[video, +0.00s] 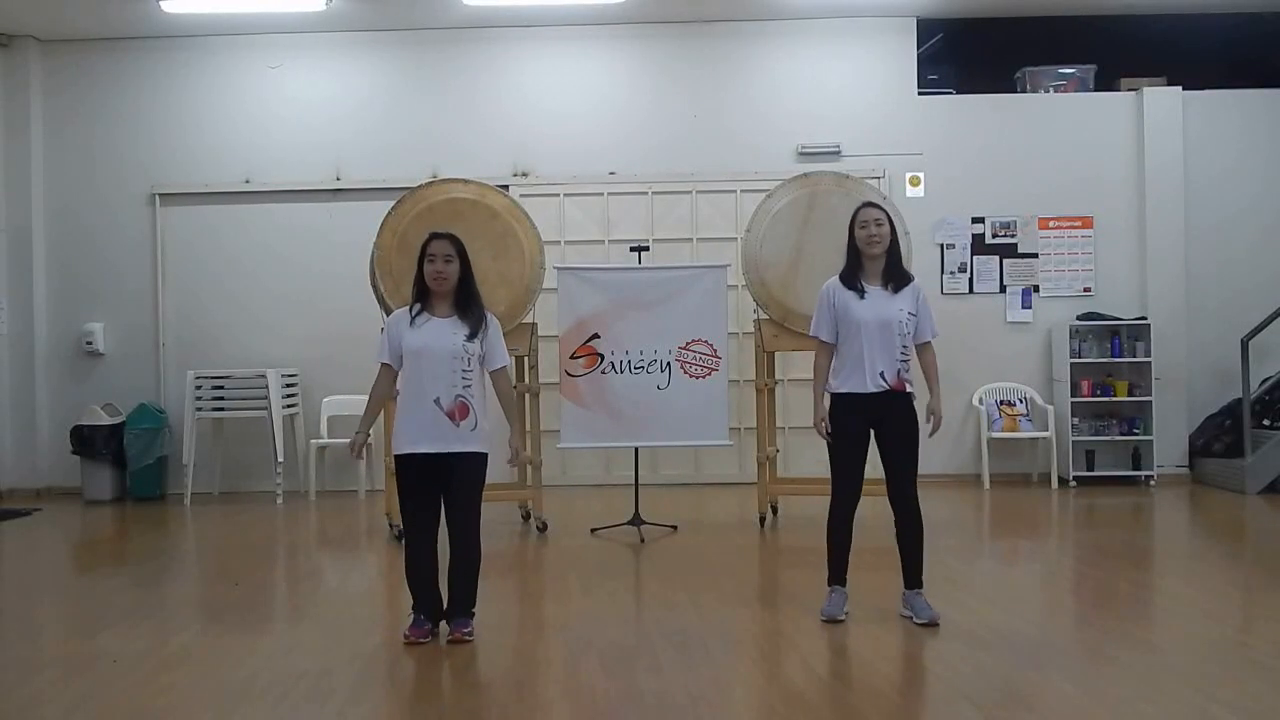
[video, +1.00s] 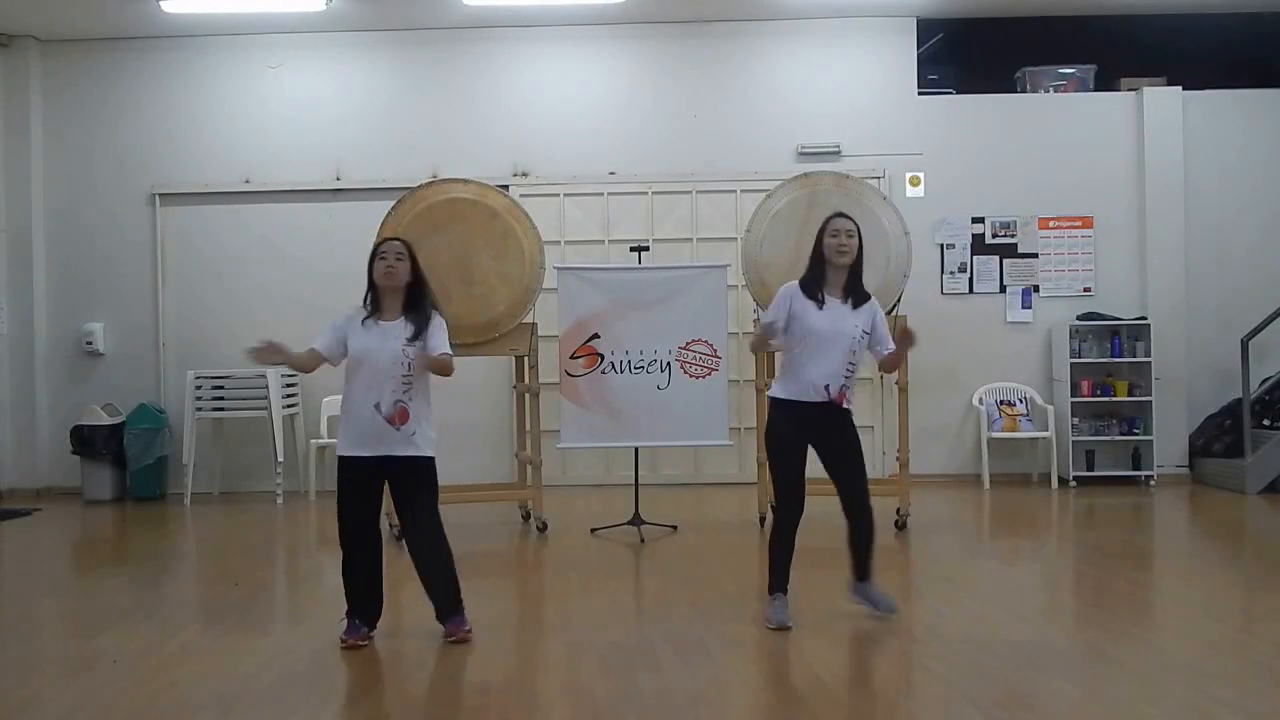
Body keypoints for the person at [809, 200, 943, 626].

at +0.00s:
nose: (872, 231)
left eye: (879, 224)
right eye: (864, 225)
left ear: (892, 232)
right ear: (853, 236)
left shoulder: (910, 289)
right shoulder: (835, 290)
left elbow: (924, 346)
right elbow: (823, 348)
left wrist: (934, 395)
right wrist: (819, 400)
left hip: (897, 405)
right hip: (847, 406)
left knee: (905, 499)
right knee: (843, 499)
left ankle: (914, 593)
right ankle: (836, 591)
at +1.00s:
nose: (842, 241)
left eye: (849, 235)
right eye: (834, 234)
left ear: (859, 247)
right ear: (819, 244)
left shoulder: (866, 305)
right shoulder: (793, 293)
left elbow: (887, 365)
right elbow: (758, 343)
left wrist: (902, 344)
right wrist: (761, 335)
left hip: (834, 414)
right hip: (788, 412)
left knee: (859, 506)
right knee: (789, 506)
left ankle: (862, 584)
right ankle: (777, 597)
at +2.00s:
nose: (904, 231)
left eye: (909, 224)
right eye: (894, 227)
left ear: (922, 233)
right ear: (883, 241)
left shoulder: (948, 289)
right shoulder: (870, 296)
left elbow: (975, 335)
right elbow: (841, 347)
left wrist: (1003, 341)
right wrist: (824, 352)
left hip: (940, 409)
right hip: (891, 409)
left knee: (945, 506)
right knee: (914, 497)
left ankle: (943, 598)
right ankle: (896, 581)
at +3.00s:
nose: (833, 229)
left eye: (839, 223)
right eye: (823, 223)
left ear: (848, 235)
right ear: (808, 234)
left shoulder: (857, 294)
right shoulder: (784, 286)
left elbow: (882, 347)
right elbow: (742, 333)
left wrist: (922, 331)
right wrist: (736, 308)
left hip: (835, 409)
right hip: (789, 408)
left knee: (839, 512)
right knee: (788, 506)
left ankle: (803, 580)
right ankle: (778, 598)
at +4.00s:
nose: (907, 229)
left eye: (913, 221)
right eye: (898, 224)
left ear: (929, 230)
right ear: (889, 236)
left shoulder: (954, 287)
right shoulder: (874, 289)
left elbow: (984, 337)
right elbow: (838, 335)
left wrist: (1027, 327)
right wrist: (809, 325)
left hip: (950, 405)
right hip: (901, 408)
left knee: (956, 503)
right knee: (926, 503)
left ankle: (954, 598)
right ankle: (927, 592)